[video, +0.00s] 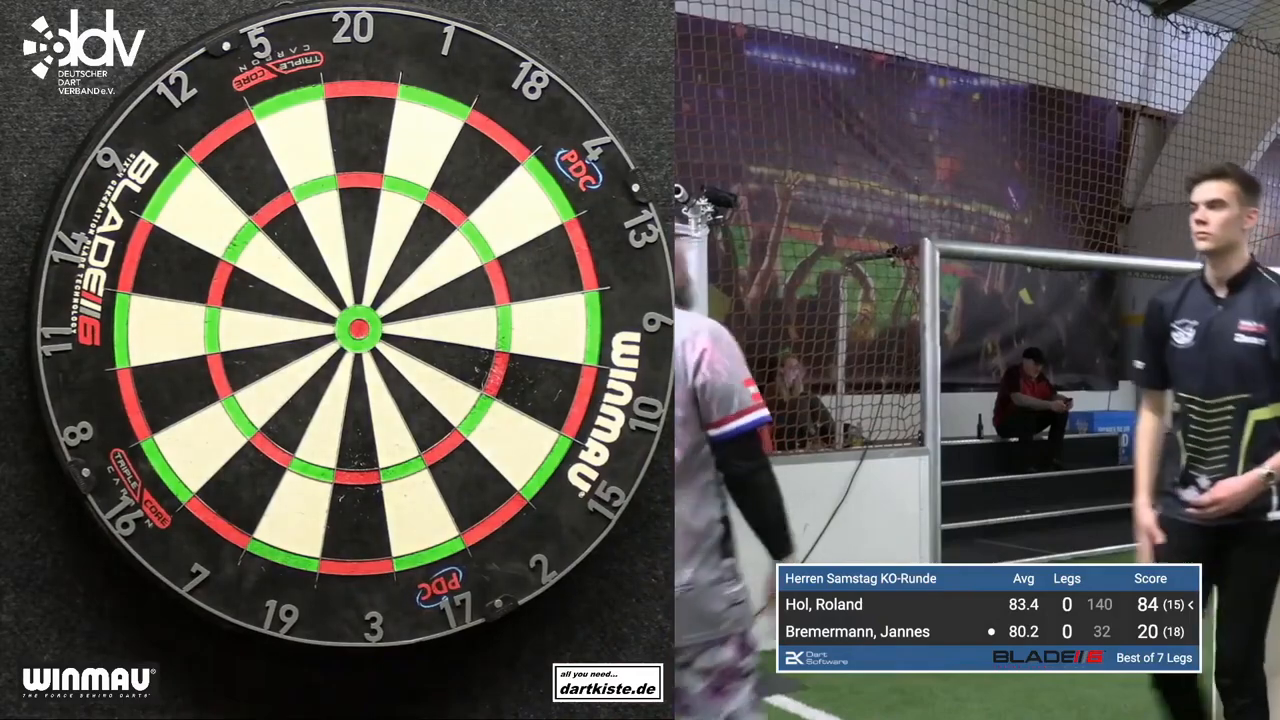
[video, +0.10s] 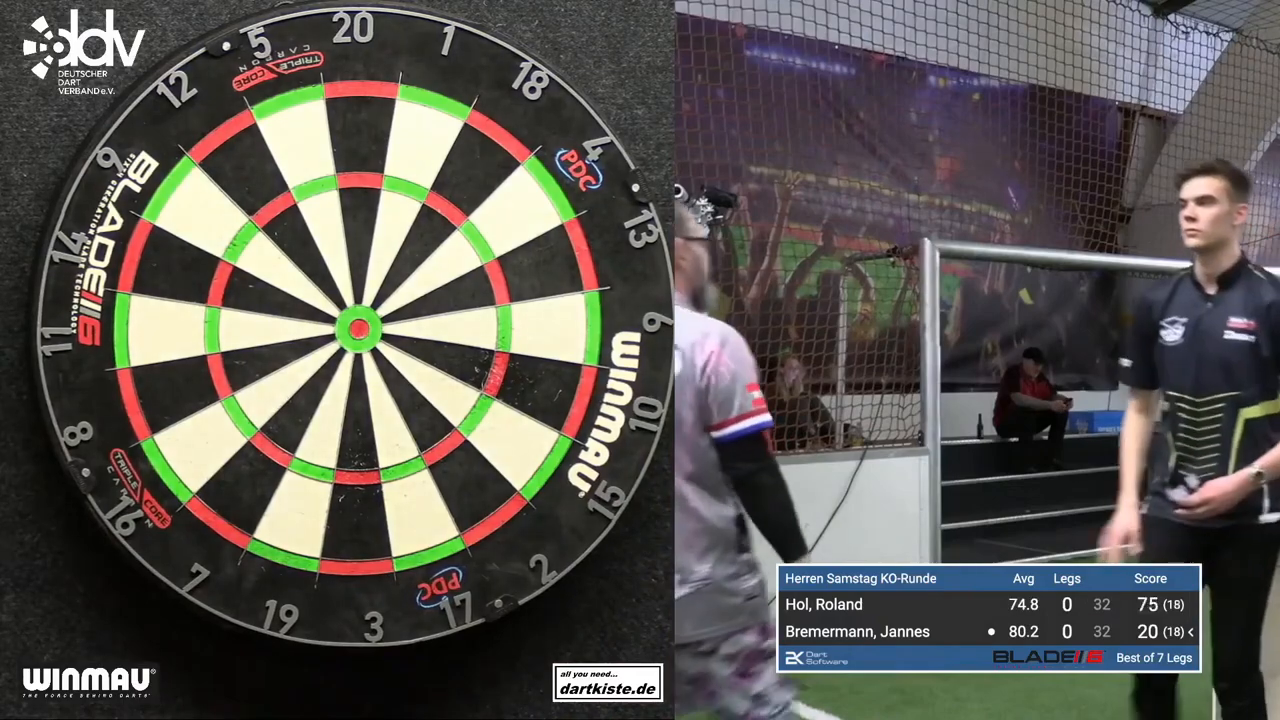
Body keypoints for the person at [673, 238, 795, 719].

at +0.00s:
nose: (687, 261)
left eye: (682, 244)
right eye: (677, 245)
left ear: (618, 266)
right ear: (661, 258)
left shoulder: (580, 345)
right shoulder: (699, 341)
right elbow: (743, 467)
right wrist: (785, 556)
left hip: (604, 591)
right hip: (691, 592)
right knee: (721, 704)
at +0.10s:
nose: (707, 256)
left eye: (705, 242)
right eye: (699, 242)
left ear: (650, 256)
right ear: (674, 253)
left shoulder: (595, 341)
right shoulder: (711, 343)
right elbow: (751, 470)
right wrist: (799, 559)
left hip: (615, 586)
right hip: (703, 590)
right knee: (761, 705)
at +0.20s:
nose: (743, 261)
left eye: (740, 249)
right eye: (735, 249)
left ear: (671, 264)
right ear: (712, 259)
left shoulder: (627, 336)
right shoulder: (738, 348)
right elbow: (770, 478)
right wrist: (815, 573)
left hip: (644, 585)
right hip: (731, 590)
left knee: (657, 708)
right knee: (787, 707)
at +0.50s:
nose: (844, 274)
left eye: (841, 263)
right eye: (837, 264)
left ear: (773, 278)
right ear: (813, 275)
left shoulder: (732, 355)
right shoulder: (848, 361)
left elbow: (723, 456)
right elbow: (856, 482)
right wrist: (879, 574)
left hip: (740, 559)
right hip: (825, 566)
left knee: (725, 686)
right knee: (856, 685)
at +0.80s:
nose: (919, 275)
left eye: (916, 265)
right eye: (916, 266)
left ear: (860, 272)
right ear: (905, 274)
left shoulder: (819, 350)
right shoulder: (933, 347)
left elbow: (791, 451)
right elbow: (979, 439)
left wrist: (770, 529)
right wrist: (1022, 495)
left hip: (837, 546)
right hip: (913, 548)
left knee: (853, 674)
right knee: (903, 679)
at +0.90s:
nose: (950, 278)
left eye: (947, 268)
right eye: (945, 269)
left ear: (887, 277)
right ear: (928, 276)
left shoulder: (849, 352)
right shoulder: (956, 347)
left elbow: (820, 448)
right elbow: (1003, 436)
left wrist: (800, 531)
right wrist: (1039, 503)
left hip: (865, 542)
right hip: (936, 542)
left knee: (900, 662)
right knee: (919, 668)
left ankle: (894, 714)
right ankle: (897, 716)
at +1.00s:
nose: (967, 278)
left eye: (963, 268)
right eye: (961, 269)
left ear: (905, 280)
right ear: (945, 279)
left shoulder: (867, 355)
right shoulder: (973, 349)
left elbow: (843, 449)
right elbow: (1006, 440)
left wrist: (830, 532)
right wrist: (1018, 513)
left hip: (882, 540)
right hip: (952, 540)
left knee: (933, 659)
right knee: (928, 663)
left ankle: (957, 713)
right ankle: (901, 714)